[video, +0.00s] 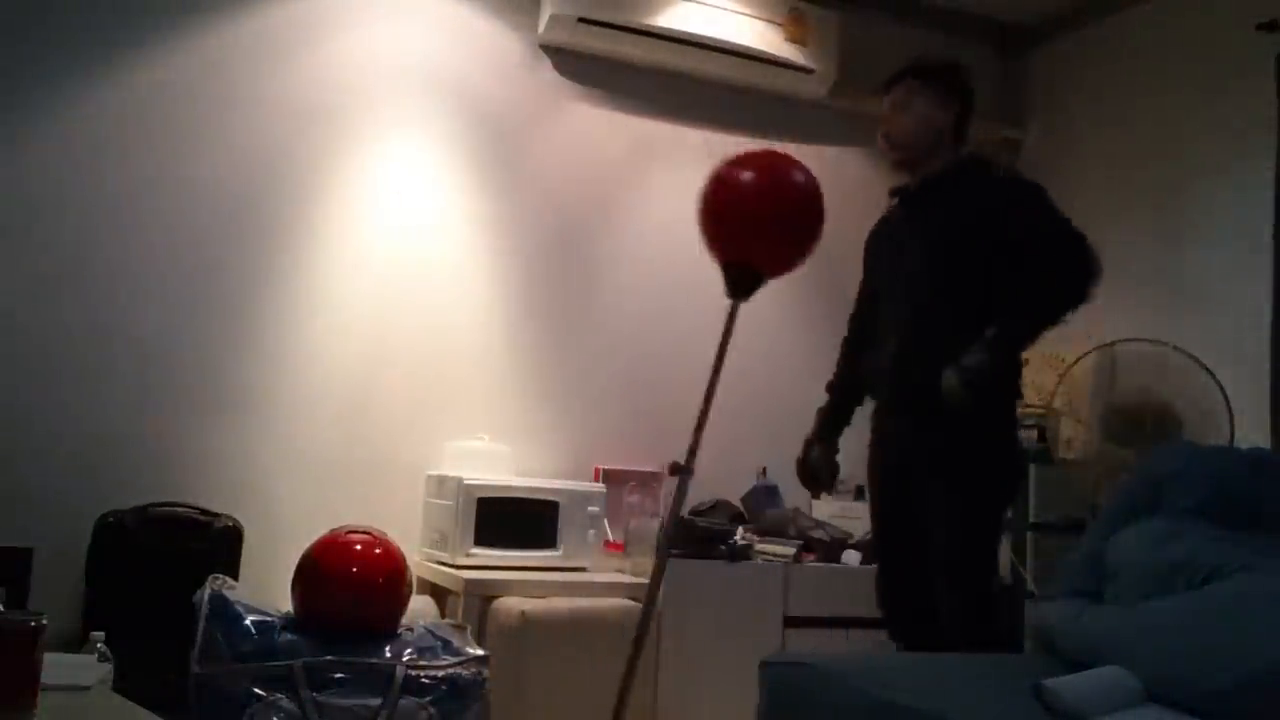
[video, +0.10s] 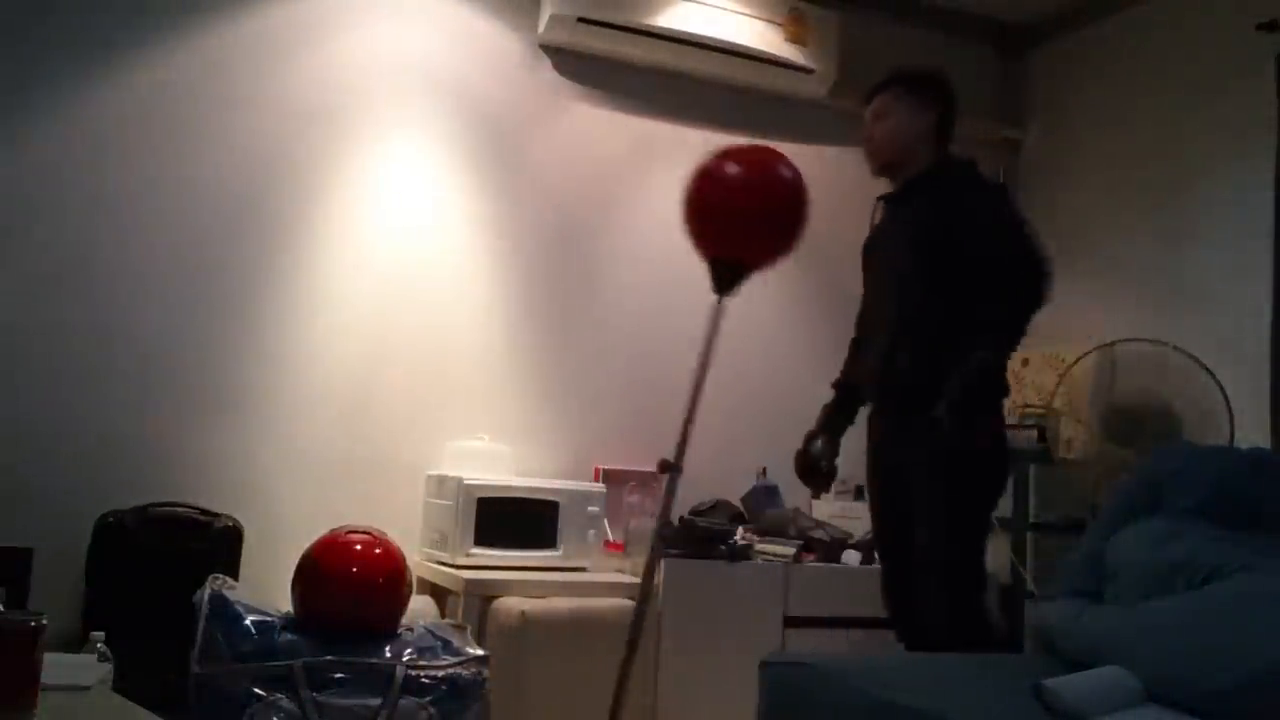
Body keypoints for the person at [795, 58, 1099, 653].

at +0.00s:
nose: (889, 123)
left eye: (906, 107)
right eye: (887, 108)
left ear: (947, 117)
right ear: (883, 118)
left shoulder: (999, 193)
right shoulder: (892, 229)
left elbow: (1072, 268)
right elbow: (866, 338)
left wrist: (990, 352)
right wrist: (826, 433)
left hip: (971, 434)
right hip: (900, 436)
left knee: (960, 598)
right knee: (905, 602)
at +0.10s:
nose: (868, 132)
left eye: (882, 116)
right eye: (867, 119)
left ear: (925, 121)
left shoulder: (975, 199)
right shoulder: (890, 224)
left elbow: (1025, 279)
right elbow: (871, 336)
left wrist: (973, 373)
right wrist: (830, 427)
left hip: (960, 427)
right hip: (898, 430)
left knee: (949, 602)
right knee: (909, 604)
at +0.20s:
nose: (851, 140)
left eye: (865, 127)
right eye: (853, 128)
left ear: (904, 133)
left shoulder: (949, 206)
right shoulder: (884, 220)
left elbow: (970, 328)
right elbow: (877, 344)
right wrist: (835, 433)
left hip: (941, 432)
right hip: (894, 433)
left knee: (931, 599)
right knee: (908, 600)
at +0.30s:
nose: (837, 148)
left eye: (850, 134)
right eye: (838, 135)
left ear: (889, 136)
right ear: (880, 140)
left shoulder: (932, 211)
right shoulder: (878, 222)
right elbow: (873, 353)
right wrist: (845, 441)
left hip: (929, 428)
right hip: (894, 428)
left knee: (907, 590)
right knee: (903, 591)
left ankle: (957, 709)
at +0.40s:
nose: (831, 156)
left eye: (842, 140)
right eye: (828, 145)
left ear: (882, 139)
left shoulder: (927, 207)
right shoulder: (873, 220)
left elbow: (962, 311)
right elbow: (870, 339)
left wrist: (876, 368)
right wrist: (851, 439)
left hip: (918, 423)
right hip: (887, 424)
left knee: (901, 581)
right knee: (892, 579)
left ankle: (930, 700)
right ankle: (924, 700)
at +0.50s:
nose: (821, 158)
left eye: (833, 143)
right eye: (819, 148)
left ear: (874, 143)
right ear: (871, 148)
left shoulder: (908, 210)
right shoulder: (876, 216)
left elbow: (905, 339)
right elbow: (877, 342)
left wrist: (837, 358)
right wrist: (848, 432)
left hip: (909, 427)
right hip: (891, 425)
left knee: (900, 589)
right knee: (897, 587)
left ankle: (931, 712)